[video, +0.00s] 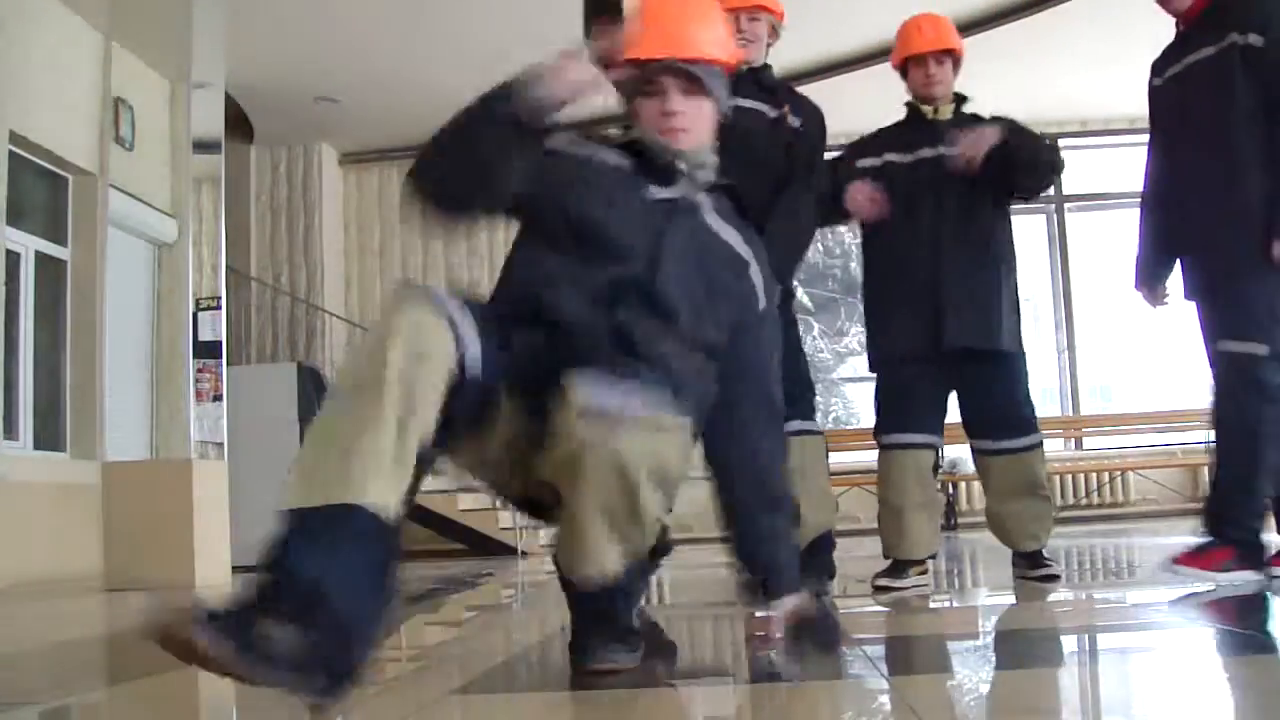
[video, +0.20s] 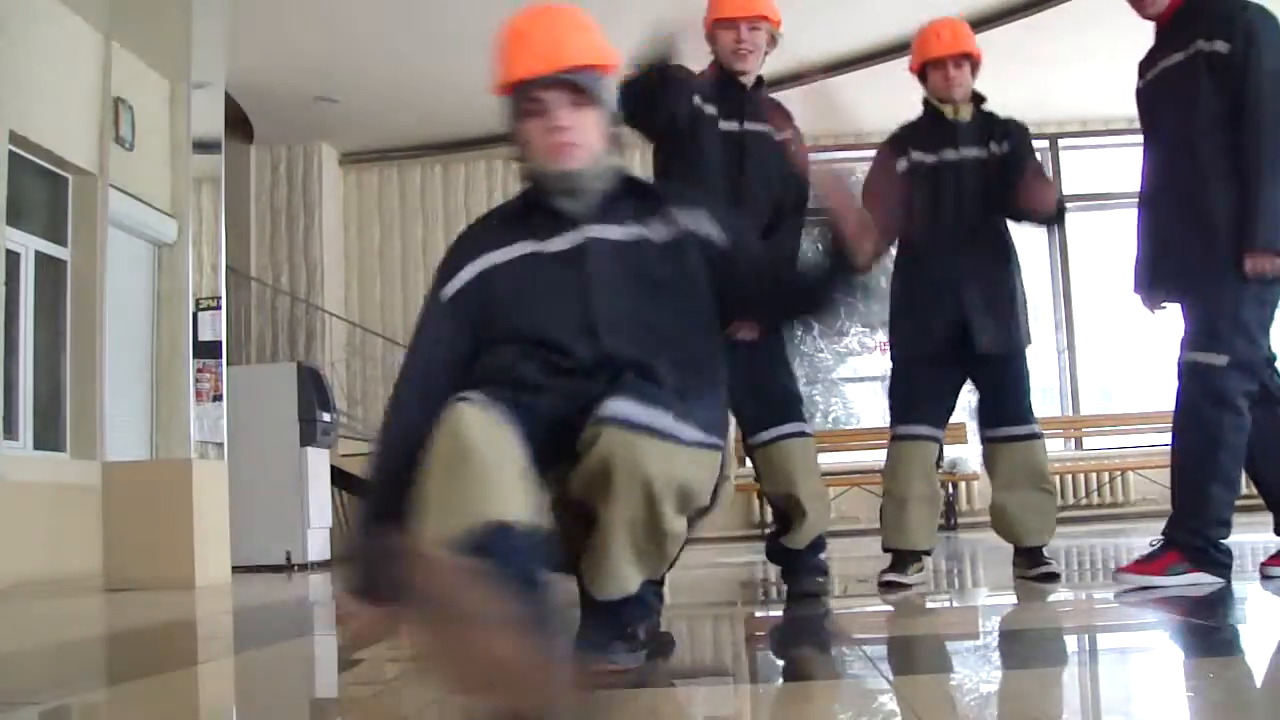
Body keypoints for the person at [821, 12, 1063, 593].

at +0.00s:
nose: (932, 72)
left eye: (942, 61)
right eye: (919, 64)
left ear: (958, 66)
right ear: (902, 72)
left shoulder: (991, 136)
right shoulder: (871, 150)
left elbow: (1045, 169)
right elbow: (807, 199)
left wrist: (1003, 139)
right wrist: (843, 194)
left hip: (986, 321)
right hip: (905, 325)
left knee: (1011, 439)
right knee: (905, 444)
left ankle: (1029, 548)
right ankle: (907, 559)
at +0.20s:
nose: (951, 75)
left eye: (960, 64)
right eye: (938, 67)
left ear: (975, 69)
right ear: (921, 75)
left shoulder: (1007, 136)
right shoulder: (901, 146)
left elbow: (1038, 205)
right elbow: (875, 228)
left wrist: (1040, 196)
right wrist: (856, 247)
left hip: (995, 310)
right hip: (924, 313)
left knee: (1013, 427)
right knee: (914, 432)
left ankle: (1030, 546)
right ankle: (906, 552)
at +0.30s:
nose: (951, 87)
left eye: (960, 76)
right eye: (939, 79)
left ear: (975, 80)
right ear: (922, 89)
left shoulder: (1011, 149)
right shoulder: (904, 158)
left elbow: (1042, 214)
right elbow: (879, 229)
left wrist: (1045, 266)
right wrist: (865, 290)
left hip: (997, 316)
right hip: (925, 320)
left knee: (1018, 428)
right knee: (913, 435)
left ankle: (1032, 546)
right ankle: (897, 547)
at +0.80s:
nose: (862, 100)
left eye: (871, 89)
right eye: (850, 93)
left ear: (889, 95)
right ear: (837, 104)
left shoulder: (928, 158)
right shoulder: (827, 180)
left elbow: (968, 226)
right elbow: (819, 262)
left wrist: (996, 287)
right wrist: (812, 325)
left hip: (936, 323)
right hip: (866, 332)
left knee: (966, 434)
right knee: (871, 446)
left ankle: (1000, 540)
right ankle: (882, 552)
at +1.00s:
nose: (844, 99)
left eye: (851, 88)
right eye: (832, 93)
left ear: (867, 92)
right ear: (818, 104)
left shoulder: (910, 151)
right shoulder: (813, 177)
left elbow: (951, 206)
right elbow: (787, 243)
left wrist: (955, 236)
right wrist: (778, 270)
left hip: (918, 319)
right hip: (850, 328)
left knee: (942, 428)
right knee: (861, 440)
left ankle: (983, 541)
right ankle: (879, 552)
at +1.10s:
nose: (838, 101)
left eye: (846, 91)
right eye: (826, 96)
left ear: (861, 94)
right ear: (814, 107)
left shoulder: (898, 146)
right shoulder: (809, 175)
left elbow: (939, 173)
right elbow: (775, 237)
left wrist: (921, 190)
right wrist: (785, 221)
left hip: (914, 318)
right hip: (847, 329)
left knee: (941, 428)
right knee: (861, 444)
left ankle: (976, 533)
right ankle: (871, 558)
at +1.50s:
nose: (855, 94)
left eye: (865, 83)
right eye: (844, 86)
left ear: (880, 90)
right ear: (829, 95)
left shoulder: (911, 151)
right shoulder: (811, 170)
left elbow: (922, 215)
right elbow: (799, 238)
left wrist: (853, 218)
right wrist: (809, 278)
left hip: (908, 317)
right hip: (840, 323)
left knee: (914, 432)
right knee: (855, 439)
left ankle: (916, 549)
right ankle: (877, 549)